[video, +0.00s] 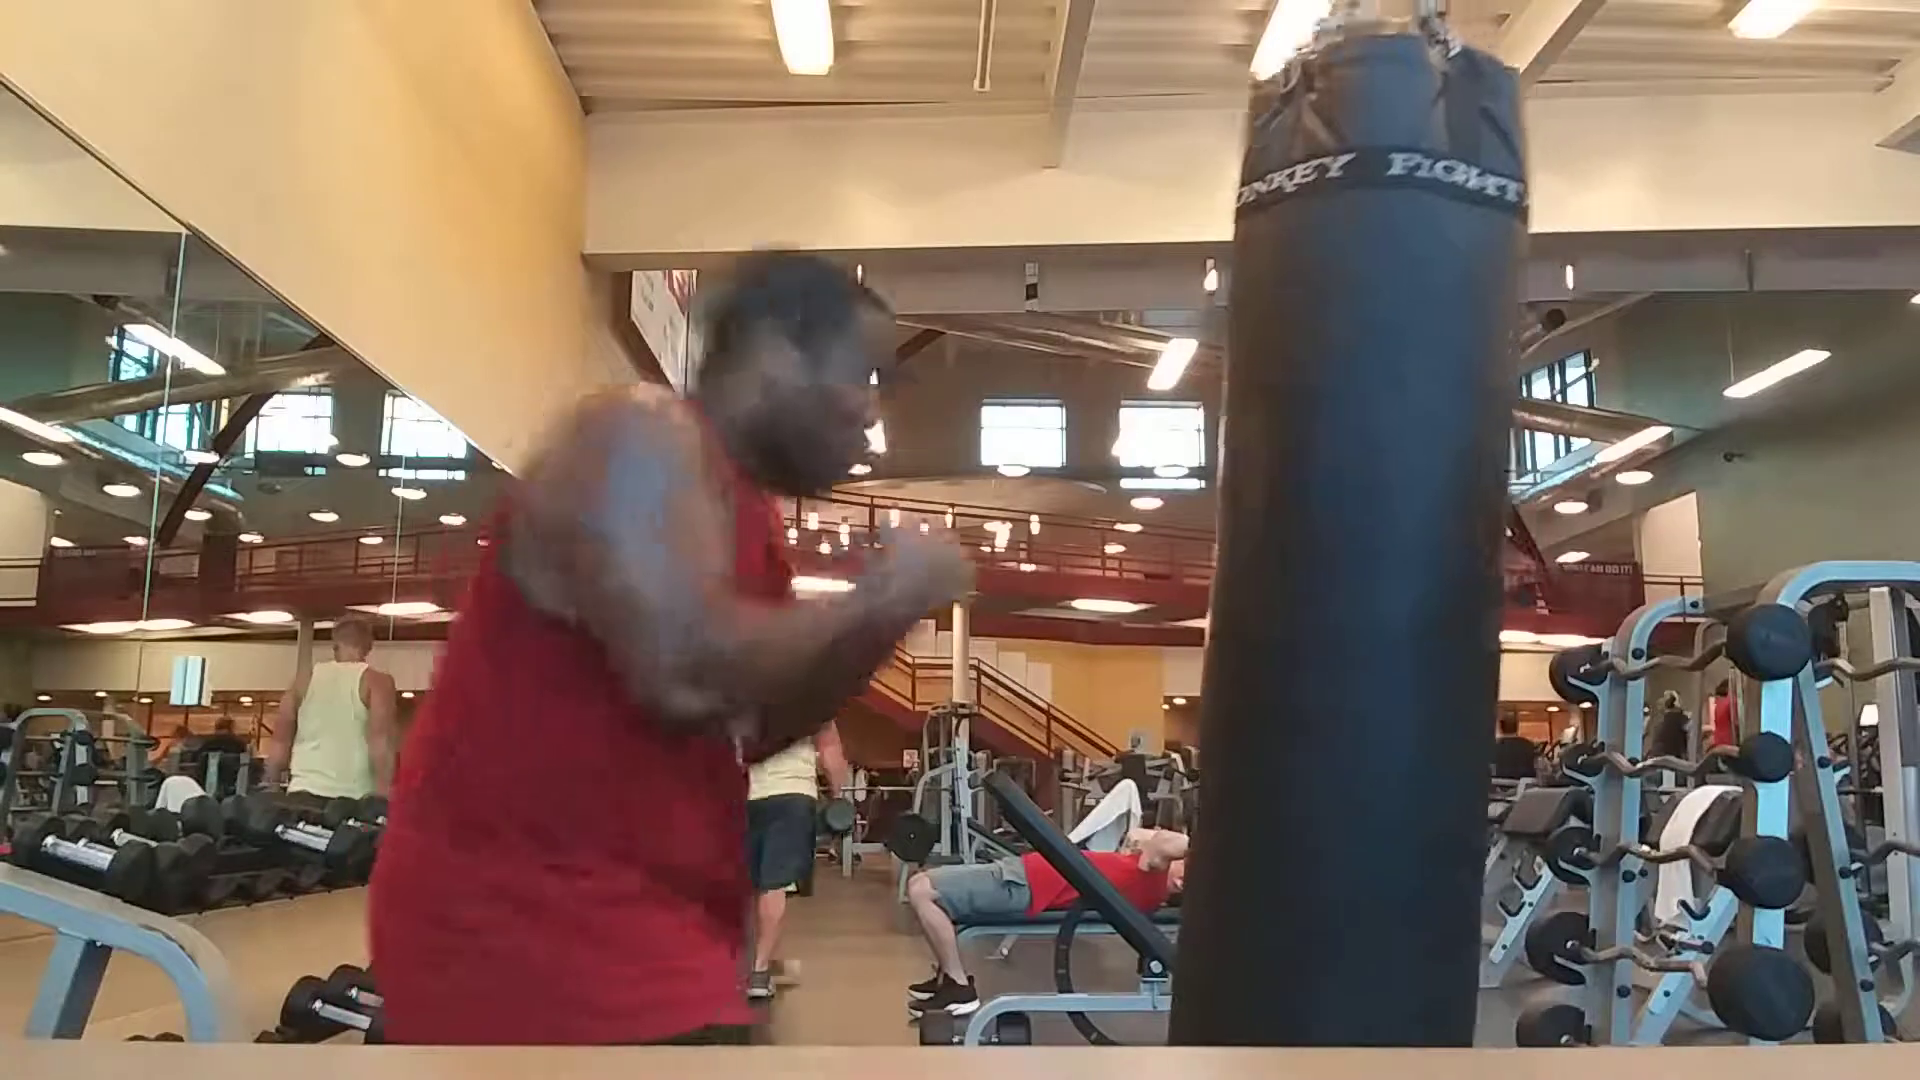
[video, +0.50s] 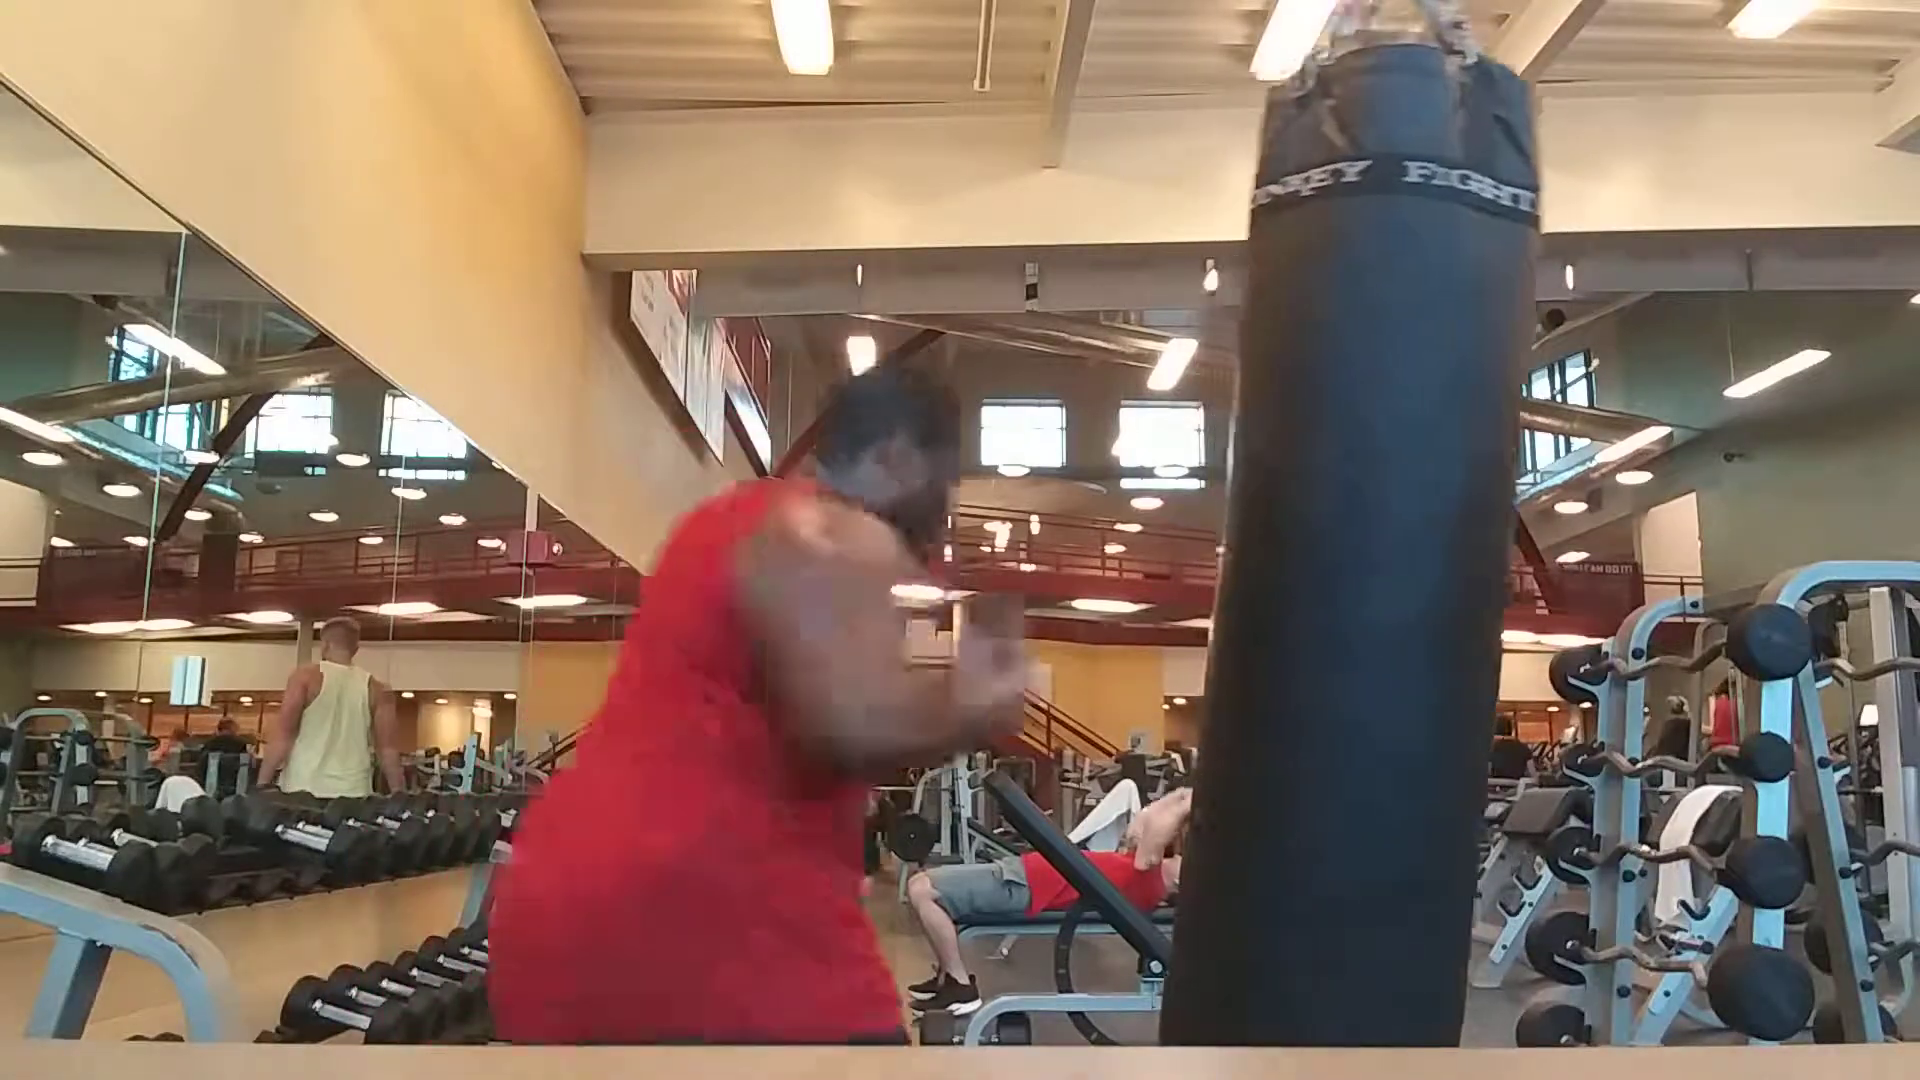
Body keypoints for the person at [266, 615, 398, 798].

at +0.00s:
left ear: (335, 647)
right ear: (369, 648)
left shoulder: (306, 677)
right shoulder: (377, 681)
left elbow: (281, 737)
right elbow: (379, 743)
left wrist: (271, 784)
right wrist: (384, 795)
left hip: (303, 794)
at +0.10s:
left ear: (335, 647)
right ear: (369, 649)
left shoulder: (306, 679)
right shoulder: (379, 687)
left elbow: (281, 740)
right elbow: (386, 748)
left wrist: (265, 787)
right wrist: (390, 800)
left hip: (303, 796)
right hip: (354, 800)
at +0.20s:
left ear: (336, 647)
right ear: (369, 649)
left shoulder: (307, 678)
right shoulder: (381, 689)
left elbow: (281, 740)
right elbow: (387, 750)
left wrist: (264, 789)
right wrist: (396, 801)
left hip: (303, 796)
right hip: (355, 801)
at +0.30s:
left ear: (334, 645)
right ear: (367, 649)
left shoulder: (306, 677)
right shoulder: (381, 689)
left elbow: (283, 737)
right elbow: (388, 749)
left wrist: (263, 784)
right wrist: (397, 796)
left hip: (302, 795)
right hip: (355, 798)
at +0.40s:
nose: (326, 649)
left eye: (327, 644)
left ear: (331, 645)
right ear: (362, 650)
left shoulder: (306, 676)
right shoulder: (380, 689)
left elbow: (284, 735)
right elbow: (388, 751)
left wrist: (263, 782)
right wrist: (398, 796)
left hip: (304, 795)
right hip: (356, 799)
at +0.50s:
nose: (320, 649)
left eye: (321, 644)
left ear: (324, 645)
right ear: (356, 649)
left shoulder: (305, 676)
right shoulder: (376, 689)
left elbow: (283, 737)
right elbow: (387, 750)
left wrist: (261, 786)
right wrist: (399, 796)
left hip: (302, 795)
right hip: (355, 799)